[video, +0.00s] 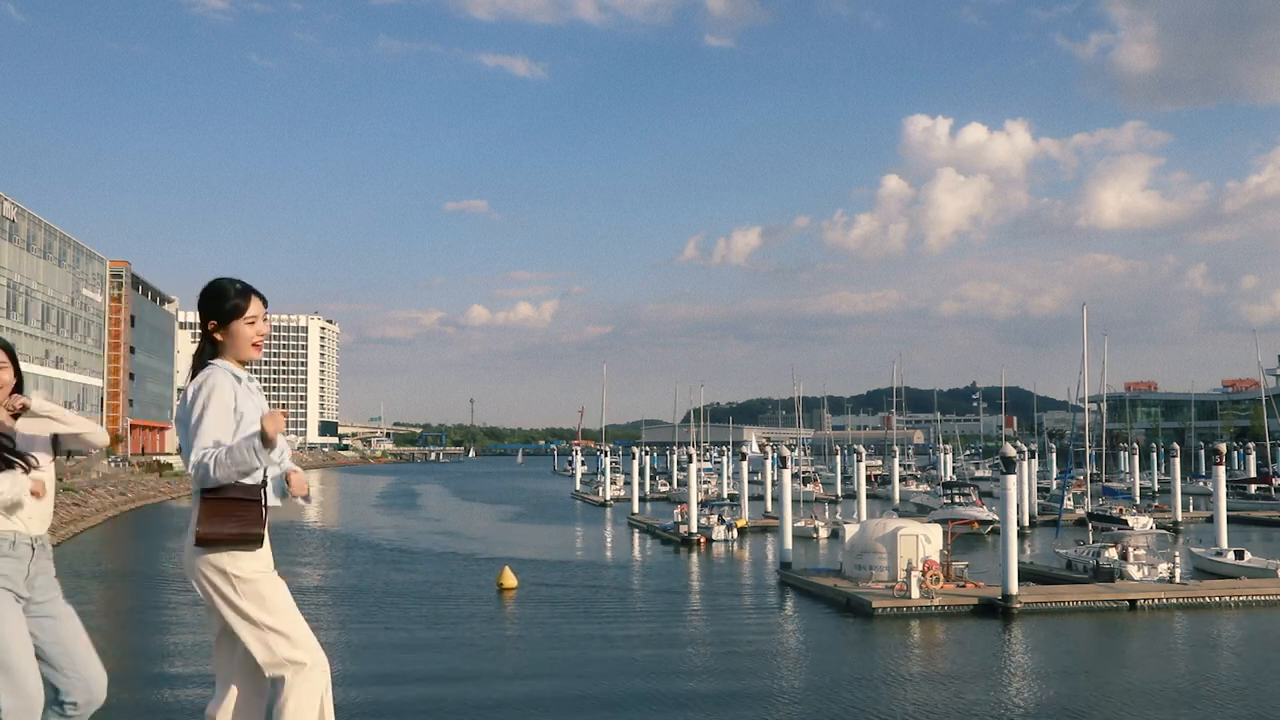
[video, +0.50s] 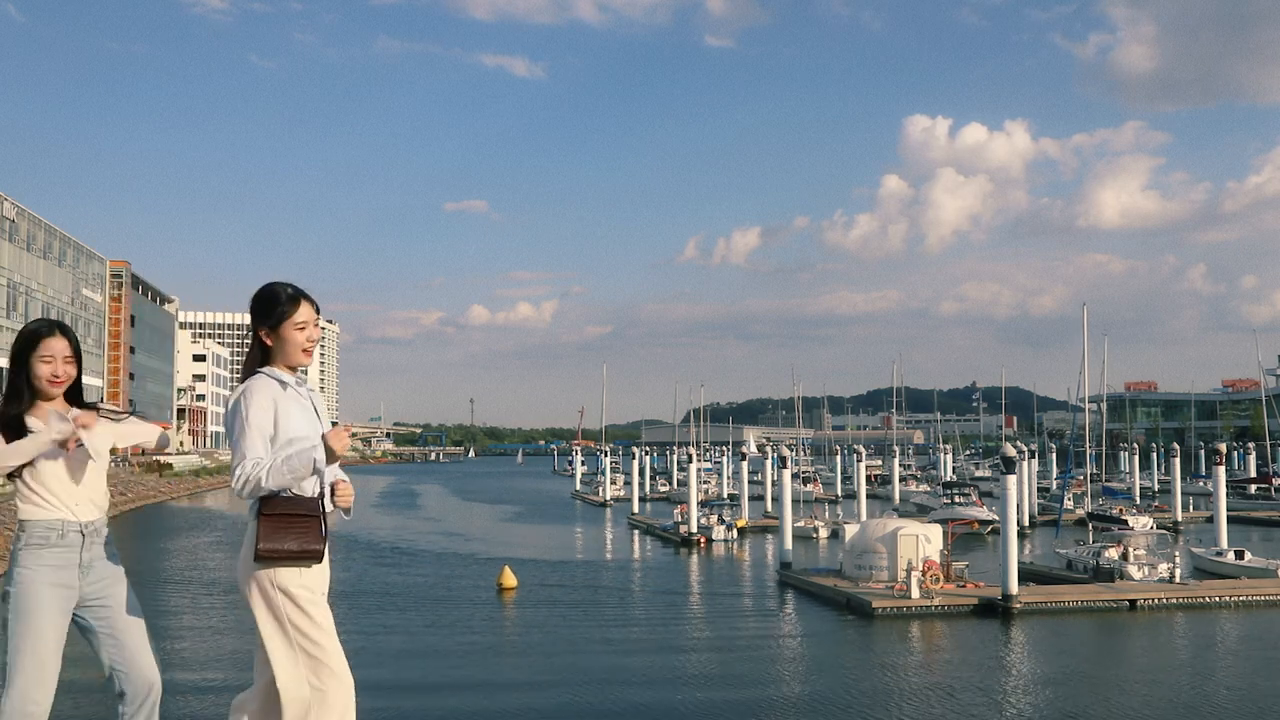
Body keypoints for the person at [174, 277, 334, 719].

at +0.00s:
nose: (263, 330)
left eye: (264, 320)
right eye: (252, 321)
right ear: (218, 329)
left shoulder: (245, 383)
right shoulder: (215, 381)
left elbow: (258, 459)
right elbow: (201, 467)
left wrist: (288, 472)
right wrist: (260, 441)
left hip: (245, 543)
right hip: (226, 548)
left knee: (241, 680)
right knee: (305, 666)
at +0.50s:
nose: (313, 336)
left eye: (315, 325)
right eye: (301, 326)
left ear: (316, 329)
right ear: (268, 335)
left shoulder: (305, 392)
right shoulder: (257, 391)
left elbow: (312, 468)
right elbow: (246, 478)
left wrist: (340, 488)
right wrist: (321, 450)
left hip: (310, 543)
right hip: (277, 546)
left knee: (280, 683)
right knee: (332, 685)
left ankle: (246, 713)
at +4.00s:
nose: (747, 343)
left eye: (746, 333)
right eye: (739, 332)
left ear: (701, 340)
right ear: (709, 338)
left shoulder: (689, 397)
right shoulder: (710, 391)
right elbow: (766, 345)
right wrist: (804, 269)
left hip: (716, 557)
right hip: (735, 558)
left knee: (726, 700)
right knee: (795, 697)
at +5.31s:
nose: (920, 335)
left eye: (923, 324)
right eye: (907, 324)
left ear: (926, 328)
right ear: (878, 329)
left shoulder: (881, 391)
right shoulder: (880, 391)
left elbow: (916, 483)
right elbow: (920, 491)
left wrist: (985, 481)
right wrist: (969, 427)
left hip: (889, 552)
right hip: (901, 551)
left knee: (929, 695)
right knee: (994, 684)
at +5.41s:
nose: (929, 322)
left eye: (934, 312)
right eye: (916, 312)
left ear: (938, 317)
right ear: (884, 320)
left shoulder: (900, 379)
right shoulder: (889, 382)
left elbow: (917, 474)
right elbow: (923, 473)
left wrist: (972, 484)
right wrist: (1001, 435)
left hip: (905, 528)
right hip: (914, 526)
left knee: (927, 683)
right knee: (994, 679)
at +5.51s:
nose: (940, 320)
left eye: (946, 310)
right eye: (927, 309)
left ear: (951, 315)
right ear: (896, 317)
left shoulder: (912, 375)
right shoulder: (903, 378)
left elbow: (916, 466)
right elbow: (910, 469)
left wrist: (986, 478)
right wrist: (996, 477)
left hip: (921, 533)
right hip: (931, 533)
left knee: (932, 685)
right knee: (996, 681)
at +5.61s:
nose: (959, 333)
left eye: (962, 322)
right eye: (945, 321)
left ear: (966, 327)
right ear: (911, 330)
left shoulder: (923, 389)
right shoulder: (921, 391)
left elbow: (918, 488)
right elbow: (918, 489)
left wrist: (988, 497)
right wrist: (1000, 500)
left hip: (931, 551)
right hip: (942, 551)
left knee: (946, 692)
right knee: (1016, 692)